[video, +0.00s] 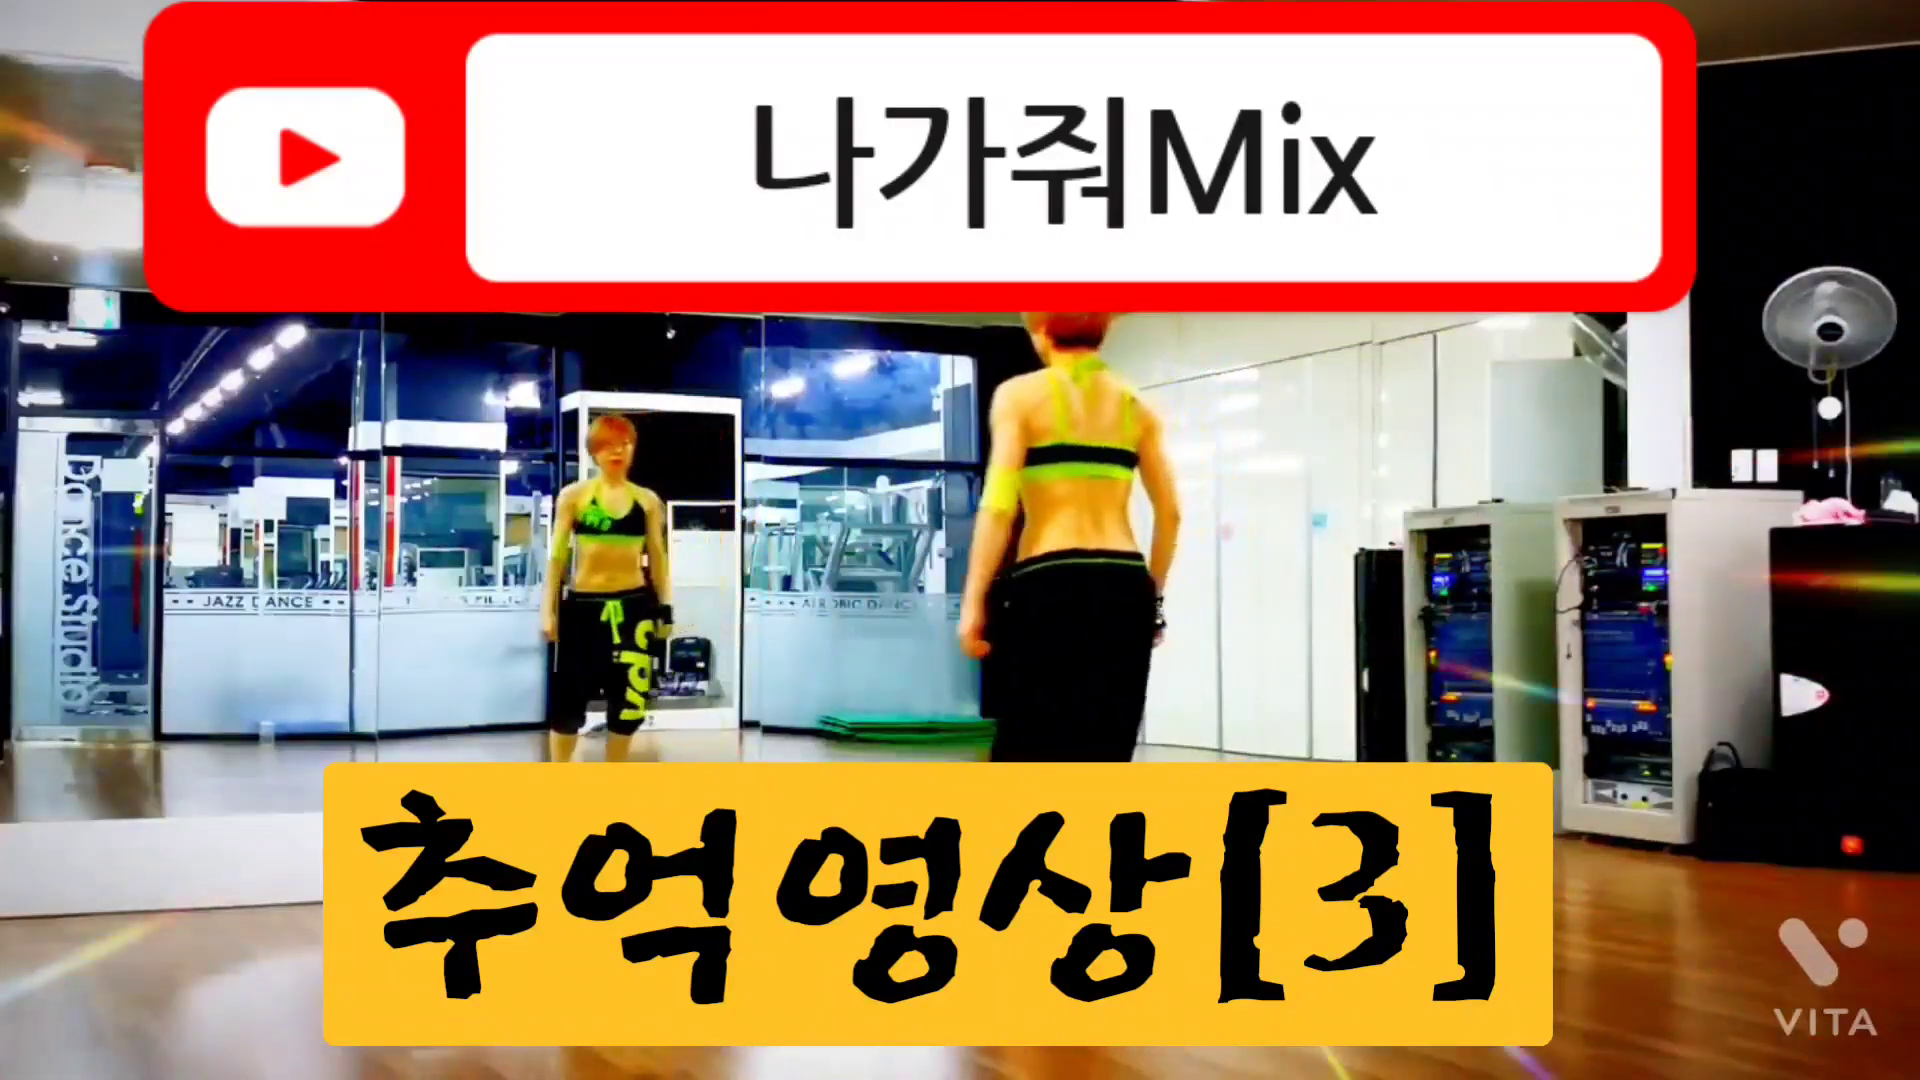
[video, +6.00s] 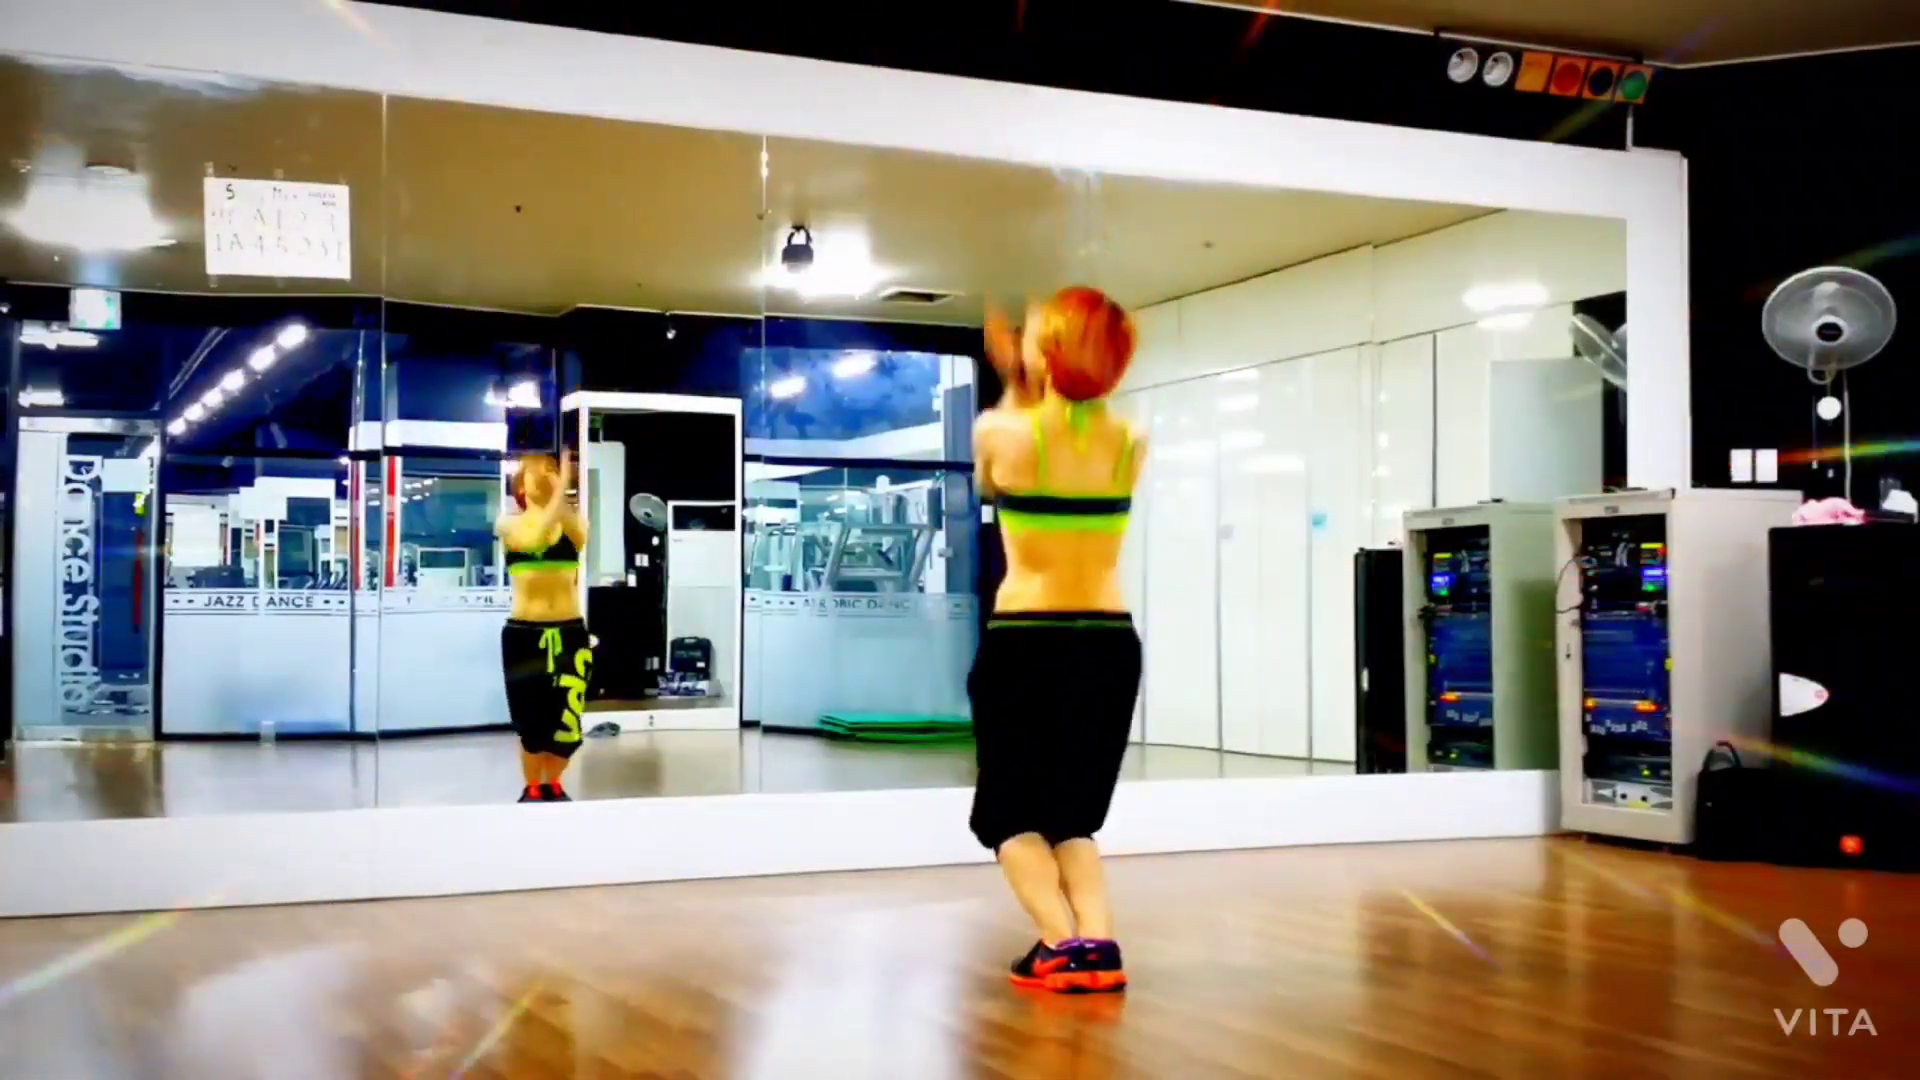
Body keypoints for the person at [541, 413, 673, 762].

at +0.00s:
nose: (617, 452)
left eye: (623, 444)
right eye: (608, 446)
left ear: (633, 450)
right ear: (594, 453)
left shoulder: (647, 501)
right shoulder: (573, 496)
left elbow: (657, 558)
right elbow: (558, 556)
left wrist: (664, 607)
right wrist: (549, 610)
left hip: (633, 606)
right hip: (582, 606)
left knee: (627, 706)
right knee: (567, 705)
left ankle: (613, 780)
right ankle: (559, 778)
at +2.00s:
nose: (552, 454)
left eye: (559, 447)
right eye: (544, 447)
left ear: (566, 451)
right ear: (530, 453)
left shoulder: (585, 501)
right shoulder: (511, 498)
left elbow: (595, 559)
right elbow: (499, 559)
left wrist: (603, 605)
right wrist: (495, 609)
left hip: (575, 606)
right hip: (525, 608)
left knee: (568, 701)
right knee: (527, 702)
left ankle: (553, 780)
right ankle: (531, 783)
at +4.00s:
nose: (560, 462)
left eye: (566, 455)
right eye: (551, 455)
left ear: (573, 457)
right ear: (535, 459)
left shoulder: (587, 501)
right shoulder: (519, 500)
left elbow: (607, 548)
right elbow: (523, 556)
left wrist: (595, 582)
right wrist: (535, 606)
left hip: (580, 606)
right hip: (537, 604)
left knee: (571, 699)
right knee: (533, 699)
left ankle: (552, 783)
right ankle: (531, 785)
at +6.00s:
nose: (544, 479)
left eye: (550, 473)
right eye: (535, 473)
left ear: (559, 480)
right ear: (521, 484)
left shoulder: (573, 522)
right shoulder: (509, 522)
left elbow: (579, 532)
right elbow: (533, 537)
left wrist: (567, 495)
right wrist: (561, 490)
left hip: (569, 627)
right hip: (524, 629)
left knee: (569, 723)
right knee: (532, 719)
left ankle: (550, 781)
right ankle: (532, 786)